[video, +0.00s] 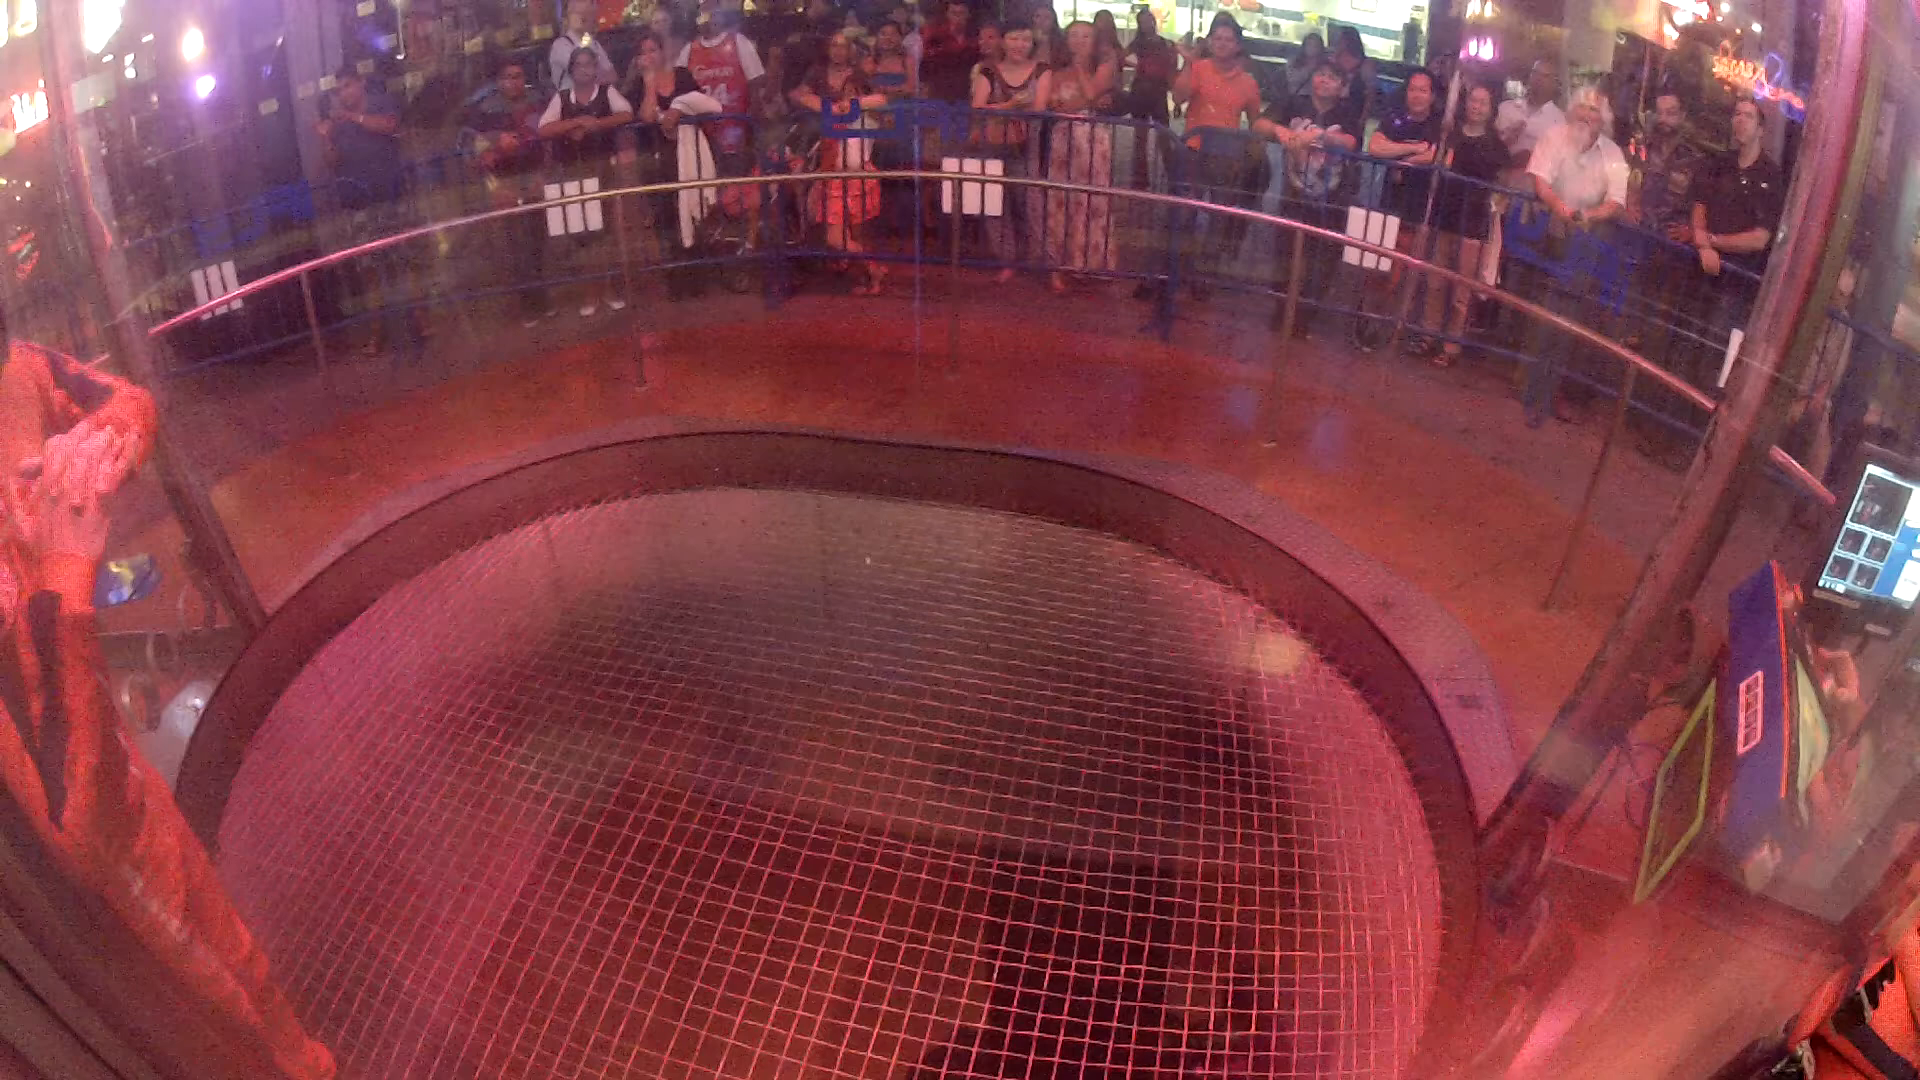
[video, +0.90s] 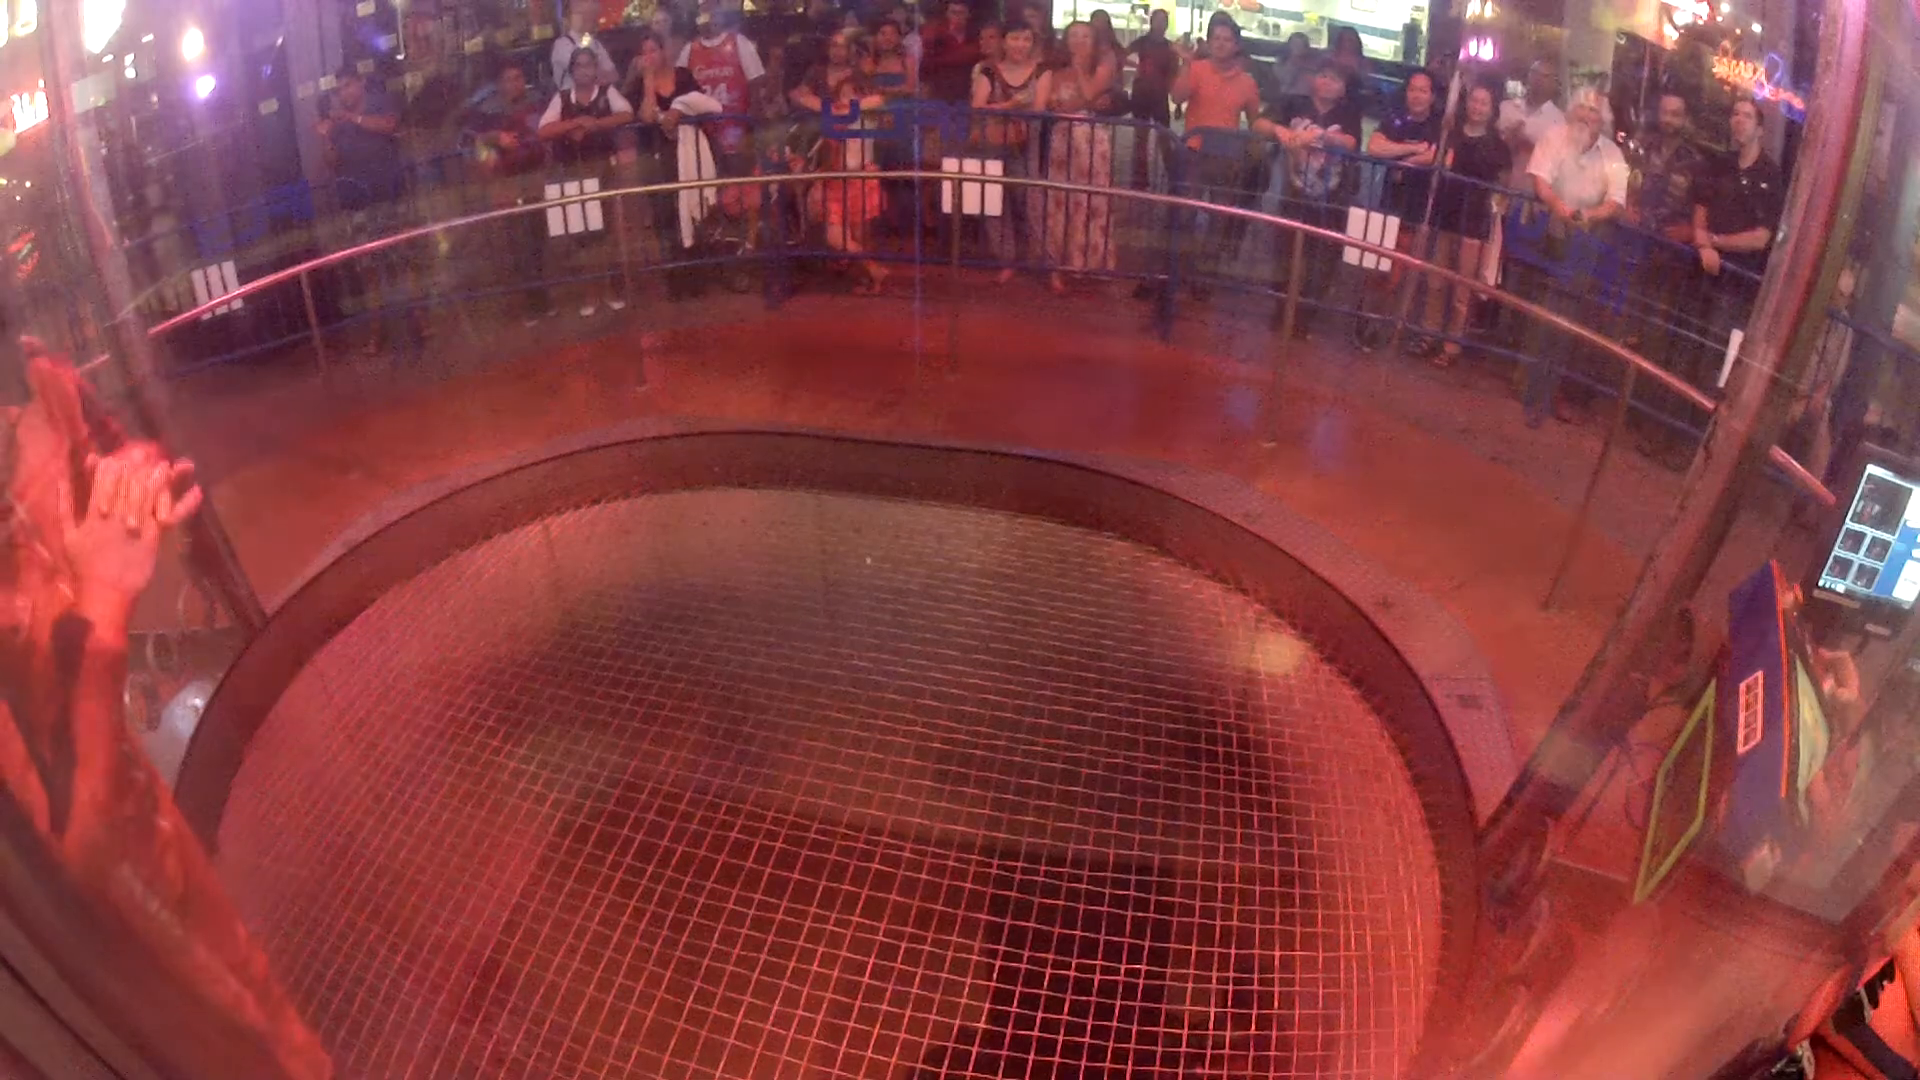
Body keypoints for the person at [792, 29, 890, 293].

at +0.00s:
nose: (837, 51)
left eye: (841, 46)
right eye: (833, 46)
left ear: (850, 50)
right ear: (826, 49)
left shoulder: (859, 76)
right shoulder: (819, 74)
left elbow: (881, 99)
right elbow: (798, 94)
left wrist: (853, 104)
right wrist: (828, 108)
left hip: (857, 163)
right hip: (830, 162)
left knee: (840, 237)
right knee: (835, 237)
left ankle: (874, 268)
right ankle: (873, 270)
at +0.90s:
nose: (835, 51)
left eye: (841, 46)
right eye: (832, 45)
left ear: (852, 50)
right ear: (826, 48)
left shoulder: (861, 77)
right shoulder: (819, 74)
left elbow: (880, 100)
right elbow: (797, 94)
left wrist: (853, 104)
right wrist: (826, 106)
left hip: (861, 170)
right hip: (831, 169)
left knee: (859, 230)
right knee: (834, 234)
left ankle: (863, 275)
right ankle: (874, 269)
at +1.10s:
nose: (843, 96)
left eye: (848, 91)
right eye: (840, 91)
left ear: (858, 92)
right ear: (834, 93)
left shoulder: (863, 108)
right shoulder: (830, 109)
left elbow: (879, 100)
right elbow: (797, 95)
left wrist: (853, 107)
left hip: (864, 175)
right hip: (839, 175)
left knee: (860, 230)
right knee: (834, 230)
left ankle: (865, 275)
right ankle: (871, 266)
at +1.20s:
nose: (844, 95)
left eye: (849, 90)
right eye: (840, 90)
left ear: (859, 90)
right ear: (834, 92)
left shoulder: (865, 107)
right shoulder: (830, 109)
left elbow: (879, 101)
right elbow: (797, 95)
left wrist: (853, 108)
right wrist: (828, 108)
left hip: (863, 173)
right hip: (836, 173)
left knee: (861, 228)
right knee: (832, 228)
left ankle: (860, 275)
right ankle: (869, 261)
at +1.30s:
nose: (844, 94)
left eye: (849, 90)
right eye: (840, 89)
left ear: (859, 90)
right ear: (834, 91)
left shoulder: (864, 107)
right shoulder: (830, 109)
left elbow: (880, 101)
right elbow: (799, 96)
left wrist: (854, 107)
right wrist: (828, 108)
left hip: (863, 170)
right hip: (835, 170)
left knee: (862, 223)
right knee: (820, 213)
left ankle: (863, 269)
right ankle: (857, 249)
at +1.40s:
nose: (844, 92)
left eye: (849, 87)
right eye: (840, 87)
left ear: (858, 89)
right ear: (834, 90)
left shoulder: (865, 106)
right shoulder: (831, 107)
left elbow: (882, 100)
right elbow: (798, 97)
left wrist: (855, 105)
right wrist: (827, 106)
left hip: (863, 171)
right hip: (834, 170)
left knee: (861, 224)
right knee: (817, 212)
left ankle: (863, 275)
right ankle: (851, 250)